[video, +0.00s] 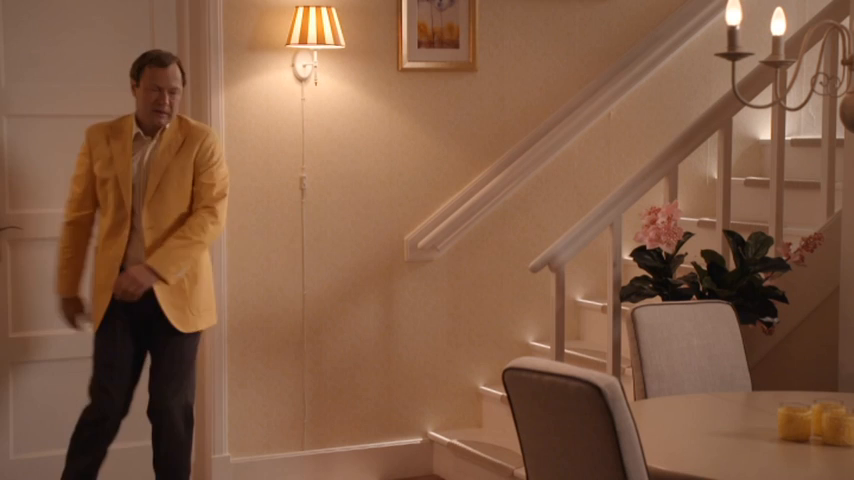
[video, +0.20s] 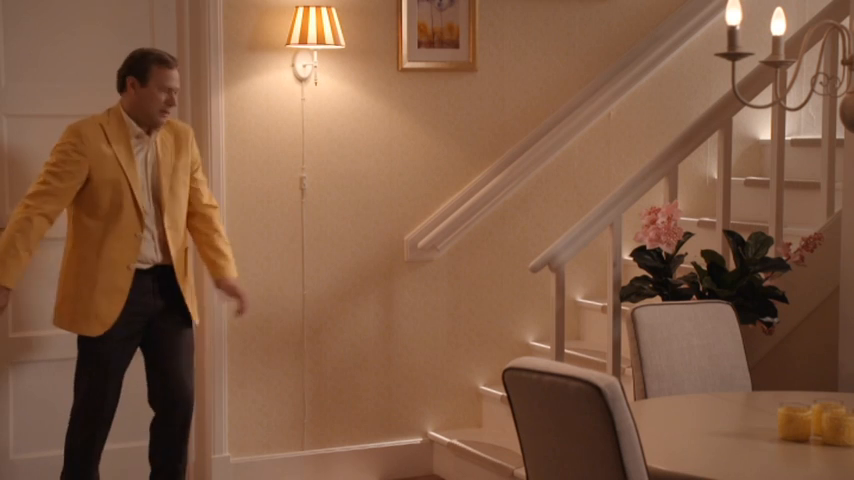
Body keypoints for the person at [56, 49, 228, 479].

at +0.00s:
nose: (165, 100)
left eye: (174, 92)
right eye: (156, 90)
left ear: (183, 95)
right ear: (135, 89)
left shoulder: (201, 142)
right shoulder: (100, 140)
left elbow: (209, 217)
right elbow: (78, 215)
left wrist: (154, 269)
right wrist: (69, 287)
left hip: (179, 298)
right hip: (119, 297)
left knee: (171, 412)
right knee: (106, 408)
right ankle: (75, 479)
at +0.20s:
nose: (173, 99)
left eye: (176, 90)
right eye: (164, 90)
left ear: (177, 91)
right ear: (131, 87)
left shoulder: (181, 138)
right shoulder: (87, 136)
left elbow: (202, 209)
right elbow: (38, 208)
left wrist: (223, 272)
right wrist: (6, 275)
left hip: (171, 288)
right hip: (110, 291)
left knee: (178, 404)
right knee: (93, 416)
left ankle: (167, 478)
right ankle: (79, 479)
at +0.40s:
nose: (182, 101)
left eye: (183, 92)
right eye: (176, 91)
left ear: (152, 90)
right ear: (146, 88)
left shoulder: (170, 136)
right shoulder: (104, 136)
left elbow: (192, 201)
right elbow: (75, 196)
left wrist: (240, 251)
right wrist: (58, 252)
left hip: (164, 292)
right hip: (116, 294)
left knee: (187, 411)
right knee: (96, 415)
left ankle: (201, 479)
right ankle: (78, 479)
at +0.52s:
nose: (195, 104)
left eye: (196, 95)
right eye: (190, 94)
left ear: (167, 92)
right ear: (162, 89)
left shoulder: (169, 138)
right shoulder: (122, 137)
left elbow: (184, 207)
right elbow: (114, 210)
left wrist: (223, 245)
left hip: (167, 291)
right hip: (123, 294)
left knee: (201, 409)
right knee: (102, 415)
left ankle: (226, 479)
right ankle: (80, 478)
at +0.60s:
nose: (207, 106)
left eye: (208, 97)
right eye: (202, 96)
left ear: (178, 93)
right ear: (176, 92)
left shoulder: (175, 142)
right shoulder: (140, 140)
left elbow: (185, 222)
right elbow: (151, 223)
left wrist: (213, 255)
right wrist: (193, 274)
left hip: (172, 295)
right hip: (133, 295)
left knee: (209, 407)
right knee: (110, 410)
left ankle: (237, 478)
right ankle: (84, 476)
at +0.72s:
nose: (233, 110)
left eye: (234, 101)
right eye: (229, 100)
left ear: (202, 97)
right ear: (203, 96)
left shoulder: (186, 141)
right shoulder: (171, 142)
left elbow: (193, 226)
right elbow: (195, 227)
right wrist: (253, 286)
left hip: (186, 299)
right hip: (155, 298)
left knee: (220, 399)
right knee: (126, 406)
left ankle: (238, 477)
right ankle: (90, 476)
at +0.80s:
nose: (252, 110)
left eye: (252, 100)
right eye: (247, 99)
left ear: (218, 97)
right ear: (223, 96)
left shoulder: (198, 138)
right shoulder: (194, 143)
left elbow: (168, 224)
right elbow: (220, 231)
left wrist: (138, 280)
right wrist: (273, 288)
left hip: (205, 298)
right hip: (181, 298)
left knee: (233, 393)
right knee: (147, 404)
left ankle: (242, 476)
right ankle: (99, 476)